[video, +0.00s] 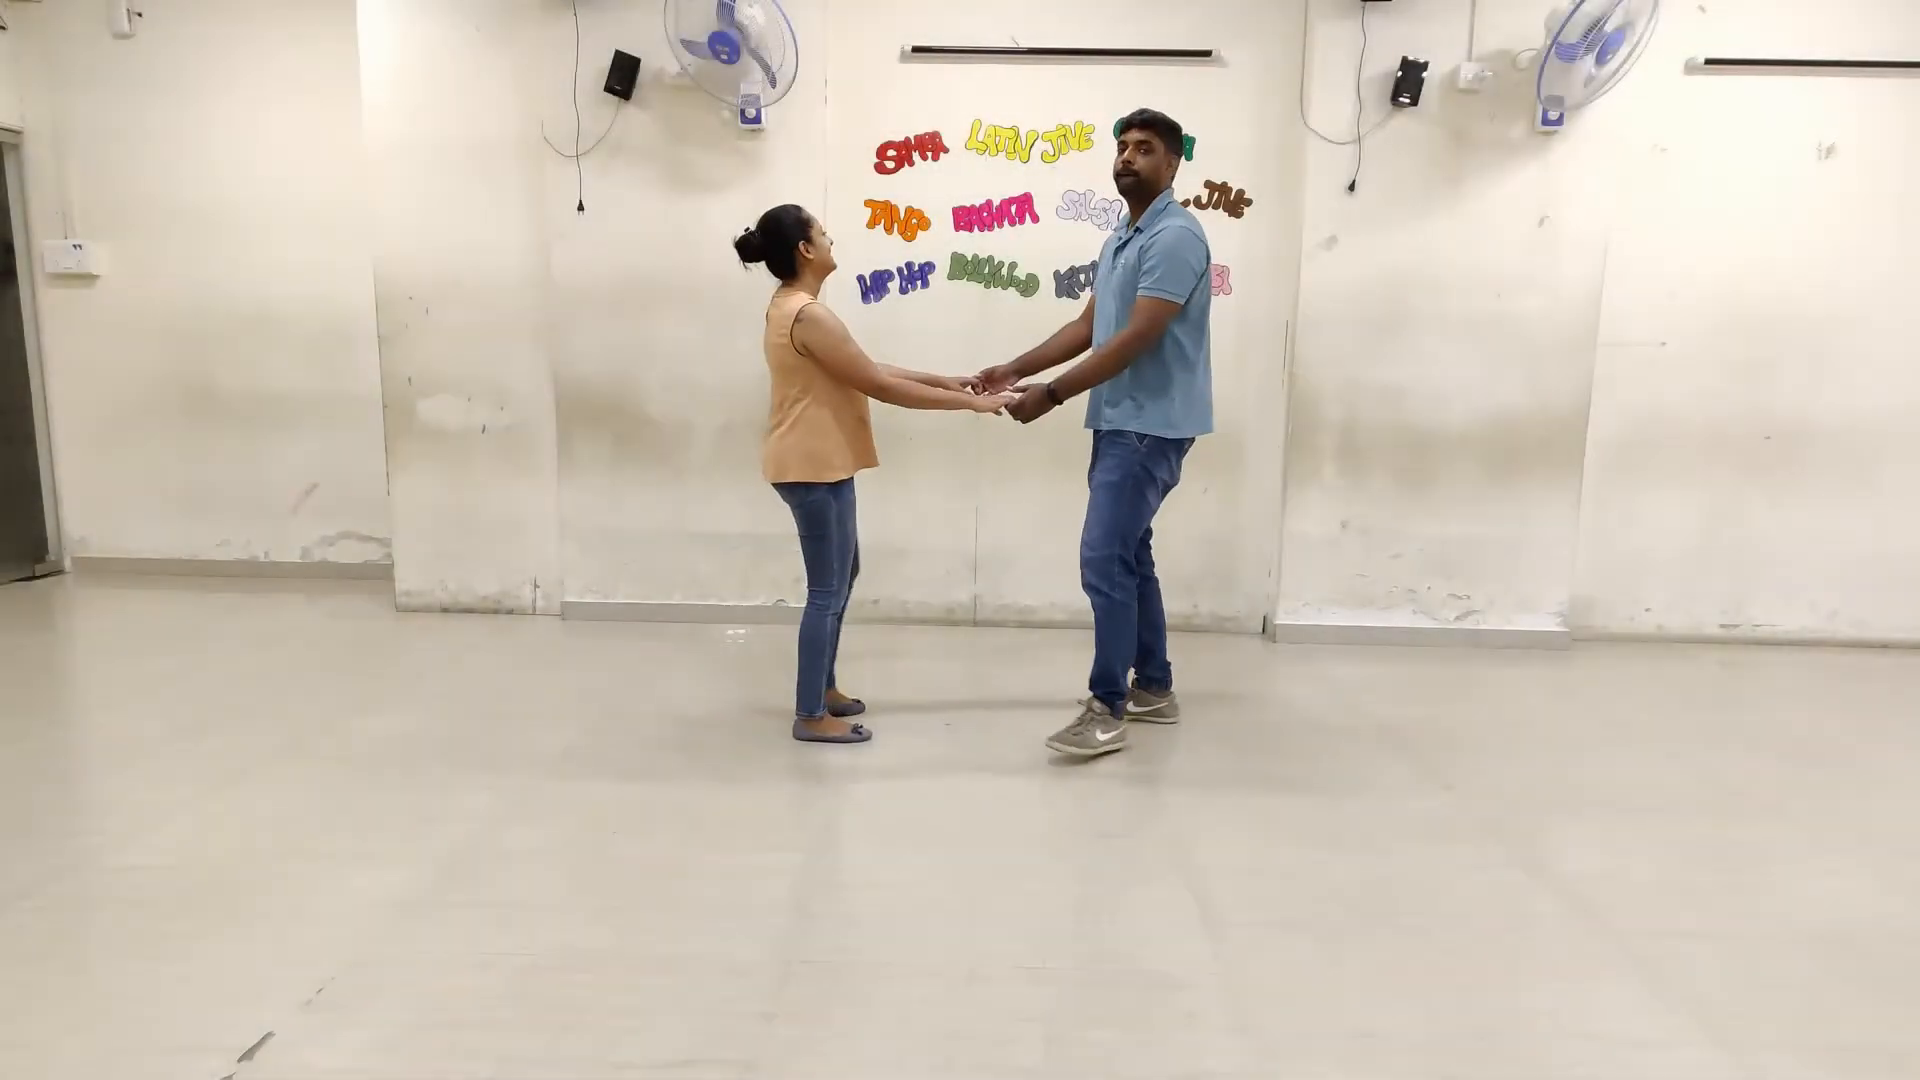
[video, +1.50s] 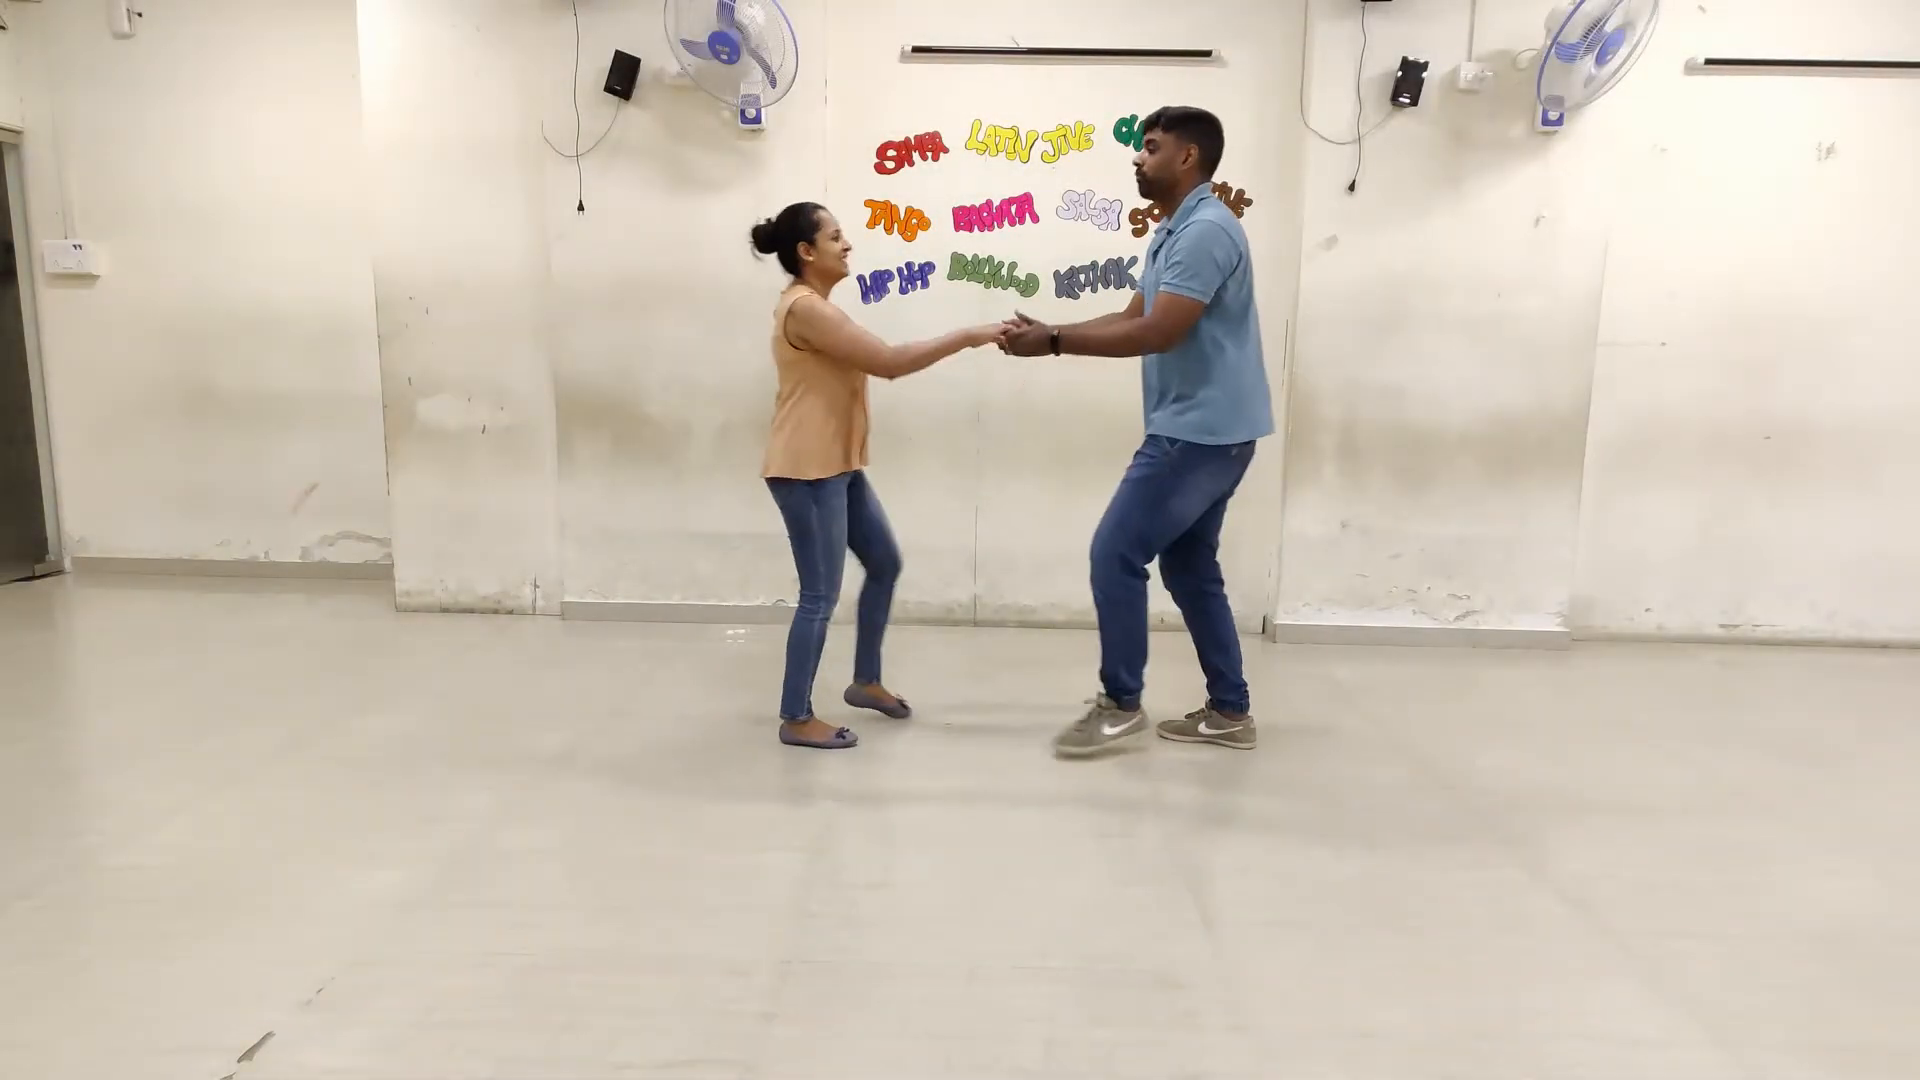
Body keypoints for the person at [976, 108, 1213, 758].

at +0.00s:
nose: (1129, 156)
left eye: (1145, 148)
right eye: (1123, 147)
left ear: (1174, 165)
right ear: (1115, 162)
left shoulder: (1177, 235)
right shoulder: (1122, 239)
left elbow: (1141, 334)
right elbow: (1087, 326)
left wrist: (1054, 392)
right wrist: (1015, 368)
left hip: (1151, 427)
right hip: (1116, 423)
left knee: (1103, 559)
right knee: (1128, 556)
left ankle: (1106, 709)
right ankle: (1152, 687)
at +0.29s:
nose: (1134, 153)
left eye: (1151, 145)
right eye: (1127, 143)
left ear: (1178, 163)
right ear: (1116, 160)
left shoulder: (1182, 238)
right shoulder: (1117, 241)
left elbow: (1151, 340)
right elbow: (1086, 332)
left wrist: (1059, 404)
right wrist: (1018, 387)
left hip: (1146, 438)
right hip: (1101, 431)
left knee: (1105, 576)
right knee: (1090, 565)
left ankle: (1126, 723)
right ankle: (1144, 673)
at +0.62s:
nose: (1134, 142)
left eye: (1151, 134)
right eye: (1125, 132)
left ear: (1179, 151)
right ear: (1113, 147)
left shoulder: (1185, 231)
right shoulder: (1114, 233)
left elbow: (1141, 332)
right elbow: (1092, 331)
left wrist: (1039, 385)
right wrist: (1032, 390)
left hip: (1150, 438)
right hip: (1097, 429)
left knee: (1110, 580)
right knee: (1067, 566)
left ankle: (1130, 726)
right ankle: (1060, 700)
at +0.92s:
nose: (1145, 143)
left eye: (1163, 134)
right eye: (1138, 132)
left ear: (1193, 150)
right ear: (1128, 145)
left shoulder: (1194, 230)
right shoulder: (1135, 226)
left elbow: (1143, 332)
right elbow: (1104, 325)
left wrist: (1037, 378)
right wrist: (1034, 382)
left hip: (1160, 437)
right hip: (1112, 428)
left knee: (1118, 579)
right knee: (1085, 564)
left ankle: (1127, 723)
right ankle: (1155, 686)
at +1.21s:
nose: (1152, 149)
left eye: (1167, 138)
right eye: (1153, 139)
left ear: (1208, 150)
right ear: (1169, 153)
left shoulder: (1214, 231)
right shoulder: (1175, 229)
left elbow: (1160, 331)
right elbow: (1128, 320)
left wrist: (1059, 365)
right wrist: (1046, 352)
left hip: (1196, 437)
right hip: (1189, 433)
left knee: (1137, 575)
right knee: (1195, 570)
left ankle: (1126, 727)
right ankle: (1228, 711)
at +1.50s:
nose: (1138, 159)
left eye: (1152, 149)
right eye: (1142, 148)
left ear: (1191, 158)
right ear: (1182, 160)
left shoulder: (1204, 228)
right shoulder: (1175, 230)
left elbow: (1161, 331)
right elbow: (1135, 321)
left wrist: (1056, 338)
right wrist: (1050, 335)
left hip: (1199, 432)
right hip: (1206, 430)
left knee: (1115, 551)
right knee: (1189, 568)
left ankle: (1120, 705)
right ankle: (1229, 711)